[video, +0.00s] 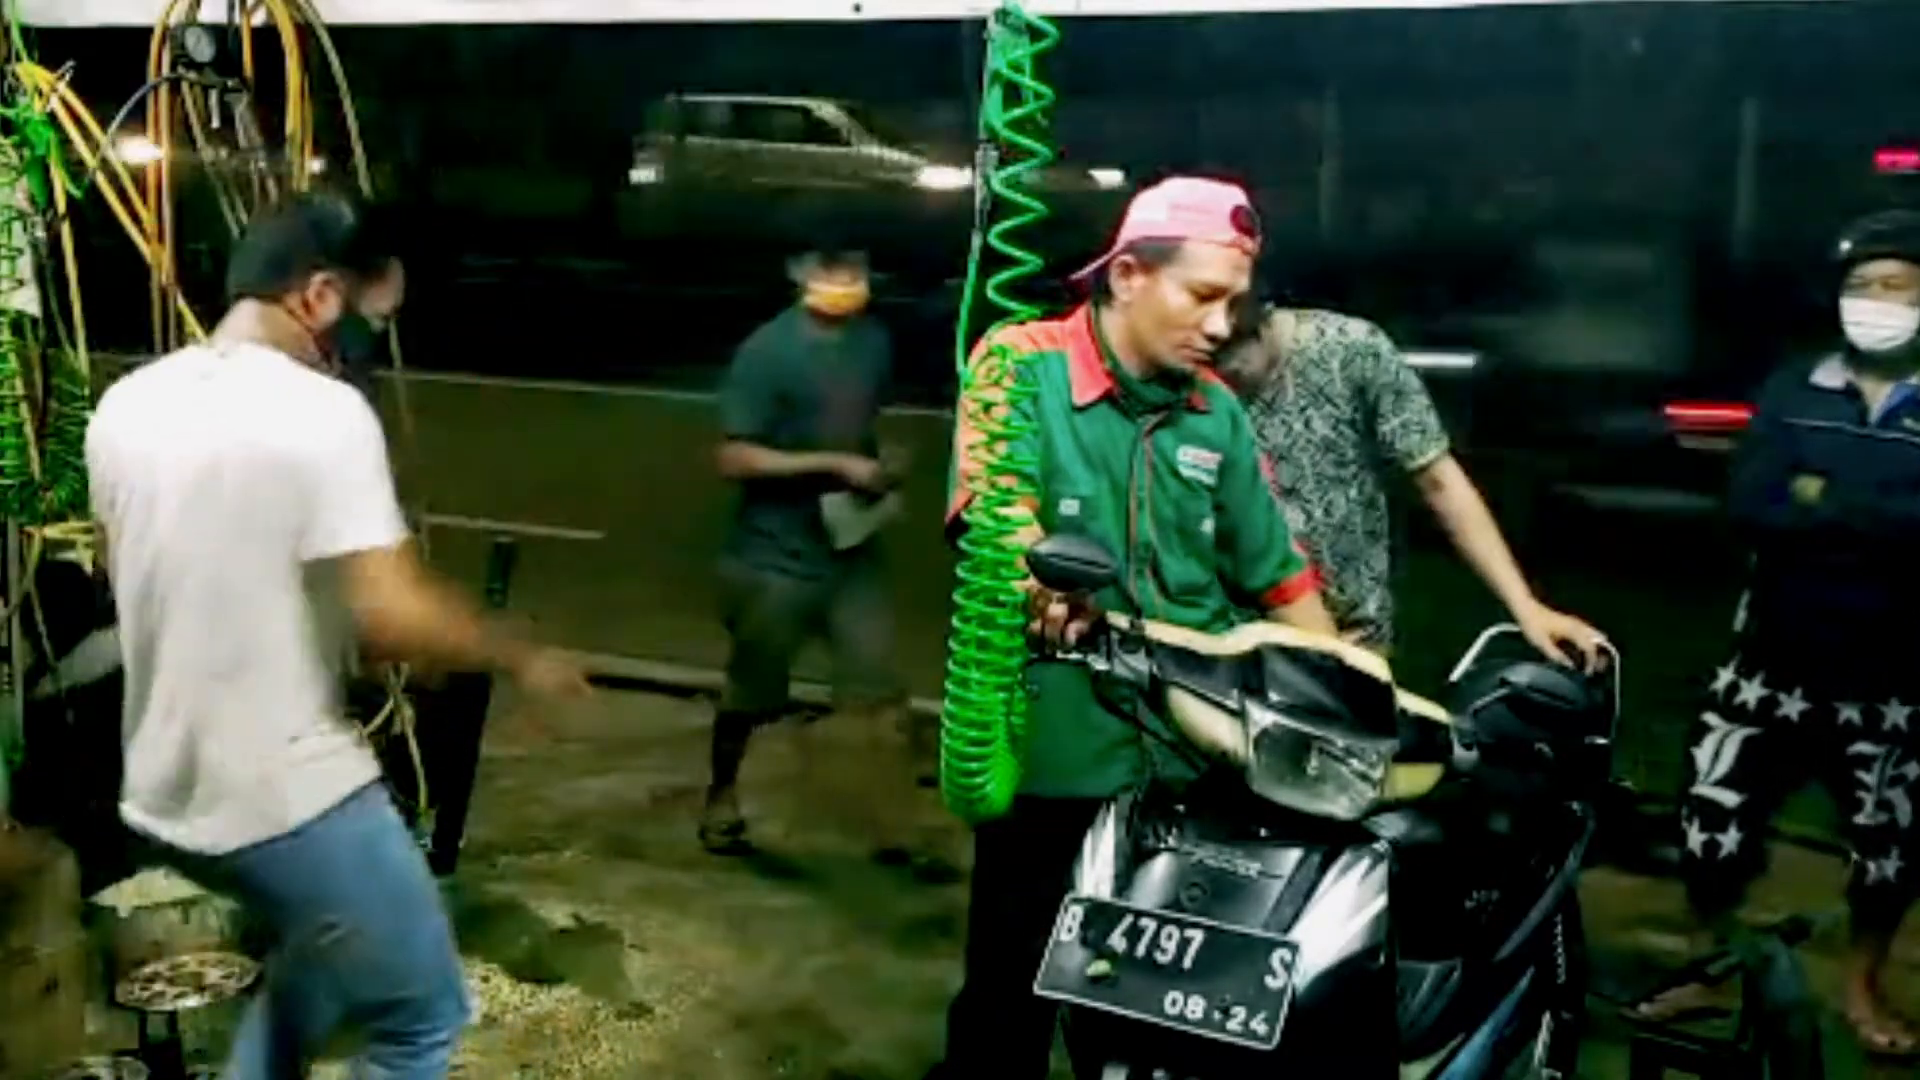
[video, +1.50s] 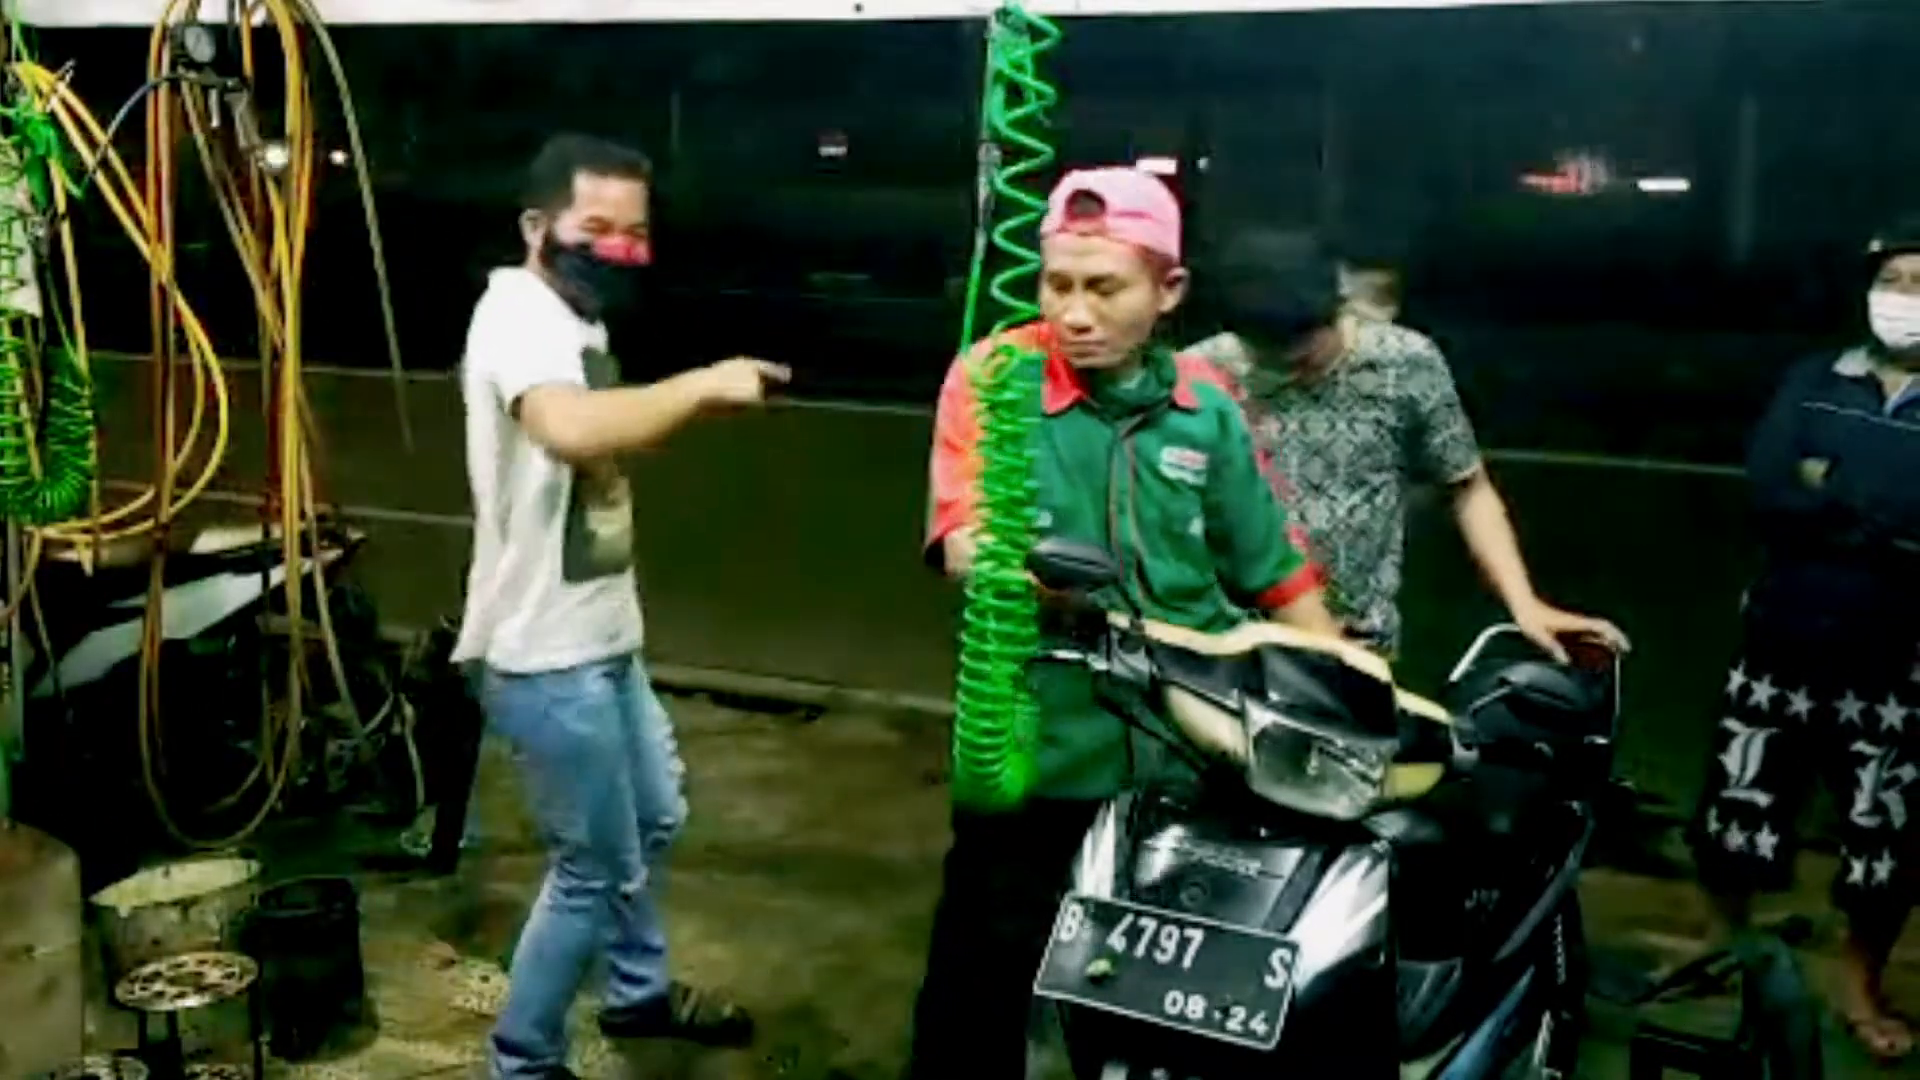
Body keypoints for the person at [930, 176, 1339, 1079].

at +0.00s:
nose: (1220, 325)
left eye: (1234, 304)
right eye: (1204, 296)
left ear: (1245, 303)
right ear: (1127, 276)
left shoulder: (1218, 416)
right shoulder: (1018, 367)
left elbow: (1286, 587)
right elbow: (994, 510)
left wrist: (1343, 702)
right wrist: (1045, 594)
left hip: (1189, 762)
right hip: (1048, 760)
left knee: (1162, 1017)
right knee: (1006, 1016)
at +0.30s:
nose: (1212, 322)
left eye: (1228, 303)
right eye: (1196, 292)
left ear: (1237, 304)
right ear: (1120, 276)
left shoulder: (1220, 415)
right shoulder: (1019, 369)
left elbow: (1284, 585)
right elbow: (993, 518)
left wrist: (1348, 702)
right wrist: (1043, 600)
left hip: (1187, 761)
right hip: (1047, 760)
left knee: (1160, 1012)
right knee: (1007, 1014)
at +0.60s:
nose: (1191, 312)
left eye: (1213, 292)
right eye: (1170, 281)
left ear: (1228, 301)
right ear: (1104, 272)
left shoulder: (1221, 418)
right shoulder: (1020, 371)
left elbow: (1288, 589)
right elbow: (988, 515)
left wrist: (1345, 710)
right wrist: (1041, 597)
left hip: (1187, 759)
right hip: (1048, 755)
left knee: (1160, 1010)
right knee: (1008, 1011)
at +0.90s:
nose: (1176, 305)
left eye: (1200, 284)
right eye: (1153, 275)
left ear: (1221, 297)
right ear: (1095, 273)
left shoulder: (1218, 415)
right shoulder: (1017, 368)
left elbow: (1282, 584)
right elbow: (986, 505)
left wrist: (1342, 701)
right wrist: (1042, 593)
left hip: (1188, 755)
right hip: (1048, 752)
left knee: (1159, 1010)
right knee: (1008, 1009)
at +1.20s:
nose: (1135, 303)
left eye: (1164, 280)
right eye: (1113, 274)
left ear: (1203, 289)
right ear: (1077, 274)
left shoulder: (1219, 416)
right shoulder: (1015, 370)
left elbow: (1283, 585)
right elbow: (981, 522)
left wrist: (1340, 692)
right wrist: (1040, 599)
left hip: (1185, 759)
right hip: (1045, 757)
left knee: (1155, 1016)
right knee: (1001, 1016)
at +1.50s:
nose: (1075, 313)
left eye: (1102, 288)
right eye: (1059, 287)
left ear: (1165, 291)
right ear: (1039, 286)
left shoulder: (1204, 406)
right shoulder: (992, 378)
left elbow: (1284, 582)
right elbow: (961, 535)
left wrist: (1345, 687)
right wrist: (1027, 579)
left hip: (1179, 765)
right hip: (1030, 768)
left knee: (1156, 1029)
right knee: (972, 1027)